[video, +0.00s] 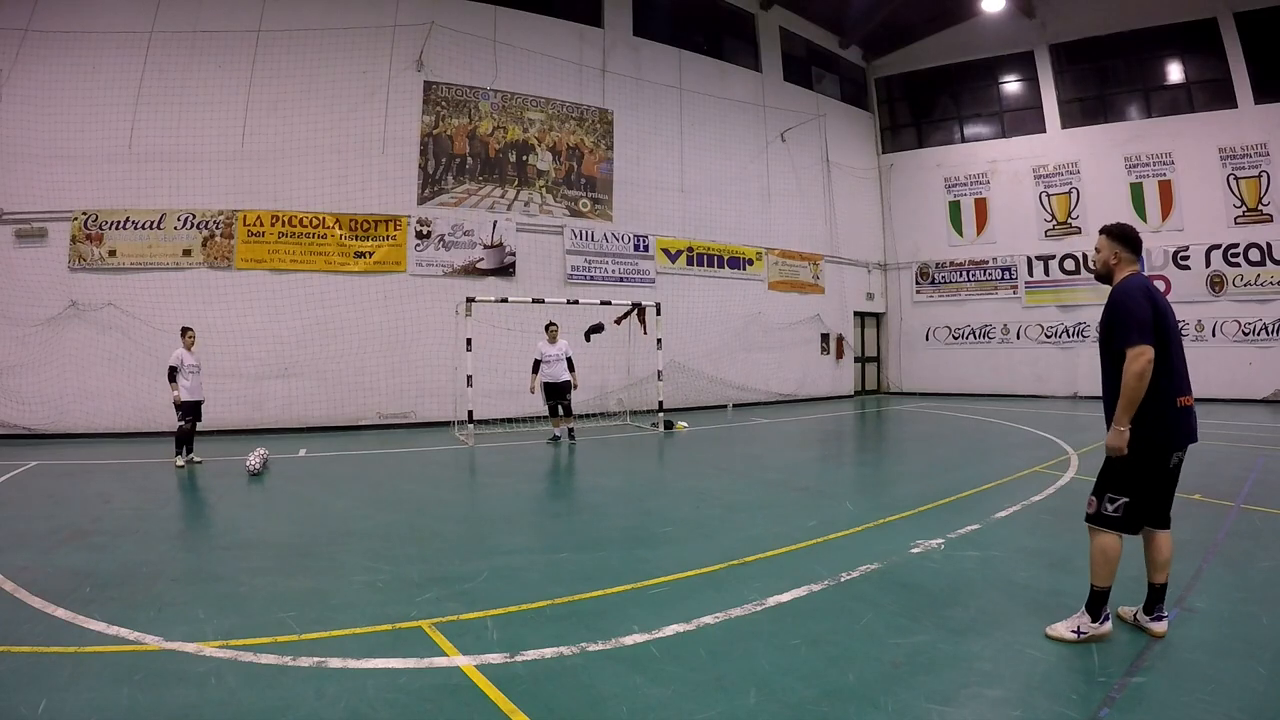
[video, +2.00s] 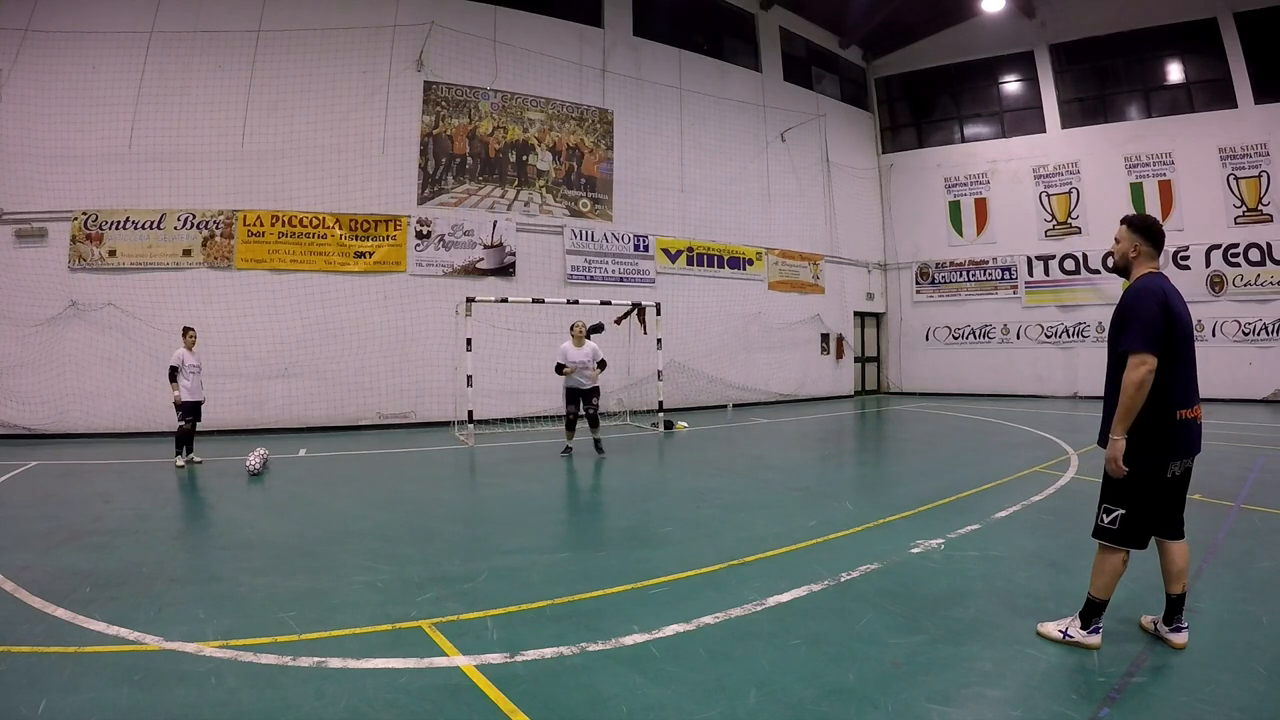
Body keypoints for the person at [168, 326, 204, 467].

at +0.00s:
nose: (192, 340)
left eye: (194, 337)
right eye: (190, 337)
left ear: (195, 339)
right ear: (183, 338)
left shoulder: (195, 356)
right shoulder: (178, 354)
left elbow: (197, 377)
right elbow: (171, 373)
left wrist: (201, 394)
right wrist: (175, 392)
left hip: (196, 397)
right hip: (183, 397)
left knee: (192, 426)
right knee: (184, 426)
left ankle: (189, 454)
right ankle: (178, 456)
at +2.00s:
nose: (193, 340)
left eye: (195, 337)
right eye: (191, 337)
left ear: (196, 339)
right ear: (183, 338)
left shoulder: (196, 355)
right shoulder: (179, 354)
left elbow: (198, 376)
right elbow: (172, 373)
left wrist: (201, 392)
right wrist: (176, 392)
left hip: (196, 397)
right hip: (184, 397)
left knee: (192, 426)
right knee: (184, 426)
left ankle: (189, 454)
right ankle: (178, 456)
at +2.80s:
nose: (193, 339)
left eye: (194, 337)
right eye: (190, 337)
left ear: (195, 339)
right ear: (183, 338)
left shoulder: (196, 355)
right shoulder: (179, 353)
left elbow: (198, 376)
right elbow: (172, 373)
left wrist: (202, 392)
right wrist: (176, 392)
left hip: (196, 396)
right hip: (184, 397)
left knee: (192, 426)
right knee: (184, 426)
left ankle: (189, 454)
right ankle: (178, 456)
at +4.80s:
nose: (180, 341)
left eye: (181, 339)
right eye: (177, 338)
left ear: (182, 340)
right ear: (170, 339)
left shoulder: (183, 357)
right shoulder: (163, 355)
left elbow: (186, 376)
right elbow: (156, 373)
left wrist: (190, 391)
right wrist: (161, 391)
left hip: (183, 398)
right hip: (167, 398)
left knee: (184, 427)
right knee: (164, 426)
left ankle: (189, 453)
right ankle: (160, 452)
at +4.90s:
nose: (176, 342)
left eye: (178, 339)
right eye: (174, 339)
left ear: (179, 340)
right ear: (167, 339)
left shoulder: (180, 358)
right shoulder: (160, 356)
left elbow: (182, 377)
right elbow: (152, 375)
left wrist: (186, 391)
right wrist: (156, 392)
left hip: (179, 399)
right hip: (163, 399)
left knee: (183, 427)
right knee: (161, 427)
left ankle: (189, 453)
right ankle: (160, 452)